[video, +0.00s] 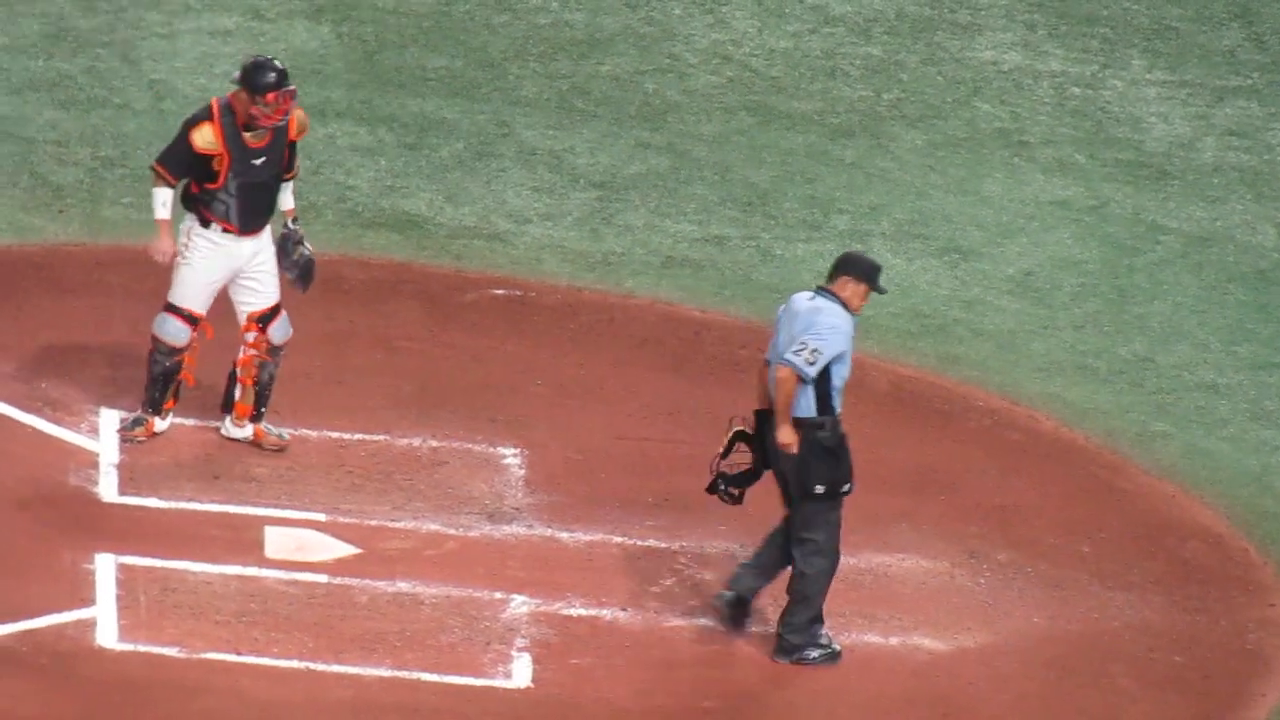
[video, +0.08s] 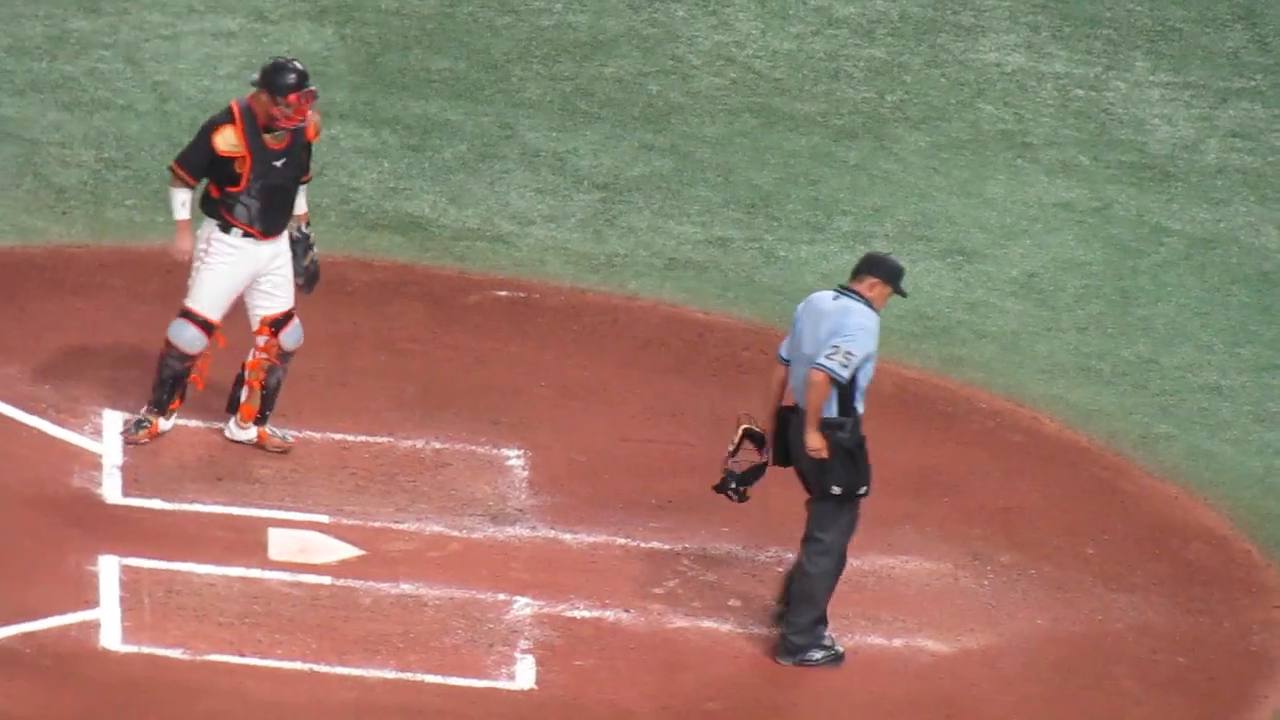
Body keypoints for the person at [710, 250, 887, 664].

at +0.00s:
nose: (867, 299)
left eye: (869, 292)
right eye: (866, 290)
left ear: (841, 280)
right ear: (847, 283)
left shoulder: (797, 303)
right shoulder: (835, 321)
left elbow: (770, 366)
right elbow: (787, 371)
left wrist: (766, 423)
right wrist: (783, 424)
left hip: (785, 434)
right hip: (814, 438)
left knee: (799, 525)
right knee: (820, 542)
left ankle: (740, 591)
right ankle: (799, 636)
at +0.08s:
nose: (888, 301)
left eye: (891, 294)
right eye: (889, 293)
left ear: (857, 279)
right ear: (875, 286)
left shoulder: (814, 302)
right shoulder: (863, 321)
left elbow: (785, 365)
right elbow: (820, 375)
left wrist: (777, 423)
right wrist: (811, 428)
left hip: (799, 428)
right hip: (834, 436)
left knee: (828, 520)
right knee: (831, 534)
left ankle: (795, 603)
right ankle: (802, 638)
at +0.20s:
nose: (920, 301)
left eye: (923, 295)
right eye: (921, 294)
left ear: (888, 281)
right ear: (908, 288)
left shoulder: (843, 305)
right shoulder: (902, 324)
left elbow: (807, 362)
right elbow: (868, 380)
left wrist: (784, 414)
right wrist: (856, 438)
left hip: (832, 429)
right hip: (868, 439)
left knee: (875, 519)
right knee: (845, 538)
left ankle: (880, 607)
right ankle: (806, 638)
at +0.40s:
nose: (968, 291)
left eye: (969, 284)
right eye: (968, 284)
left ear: (933, 276)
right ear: (956, 281)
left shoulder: (892, 304)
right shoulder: (954, 321)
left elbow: (858, 366)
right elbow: (933, 388)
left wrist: (826, 416)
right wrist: (936, 452)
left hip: (889, 431)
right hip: (924, 439)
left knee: (932, 523)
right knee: (904, 543)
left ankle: (934, 610)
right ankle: (831, 627)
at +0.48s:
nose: (989, 284)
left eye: (990, 277)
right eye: (988, 276)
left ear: (953, 271)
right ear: (970, 273)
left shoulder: (912, 299)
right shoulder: (974, 317)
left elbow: (884, 365)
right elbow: (954, 386)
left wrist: (857, 417)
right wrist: (965, 448)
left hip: (907, 424)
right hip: (940, 433)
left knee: (941, 526)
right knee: (946, 545)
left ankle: (938, 612)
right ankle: (864, 611)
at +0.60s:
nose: (1019, 269)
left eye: (1019, 261)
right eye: (1013, 261)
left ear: (983, 262)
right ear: (990, 261)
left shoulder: (944, 291)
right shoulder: (996, 308)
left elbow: (923, 360)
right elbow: (977, 379)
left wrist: (916, 418)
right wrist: (1003, 428)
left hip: (936, 416)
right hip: (969, 426)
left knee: (954, 520)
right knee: (1002, 533)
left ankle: (945, 605)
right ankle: (929, 603)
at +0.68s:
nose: (1036, 265)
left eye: (1037, 258)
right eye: (1030, 258)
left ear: (1001, 261)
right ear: (1005, 258)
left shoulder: (962, 290)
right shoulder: (1011, 308)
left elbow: (948, 363)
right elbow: (993, 380)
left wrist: (946, 414)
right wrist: (1025, 420)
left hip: (955, 418)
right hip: (989, 427)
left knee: (962, 524)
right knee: (1034, 529)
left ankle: (942, 618)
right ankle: (978, 609)